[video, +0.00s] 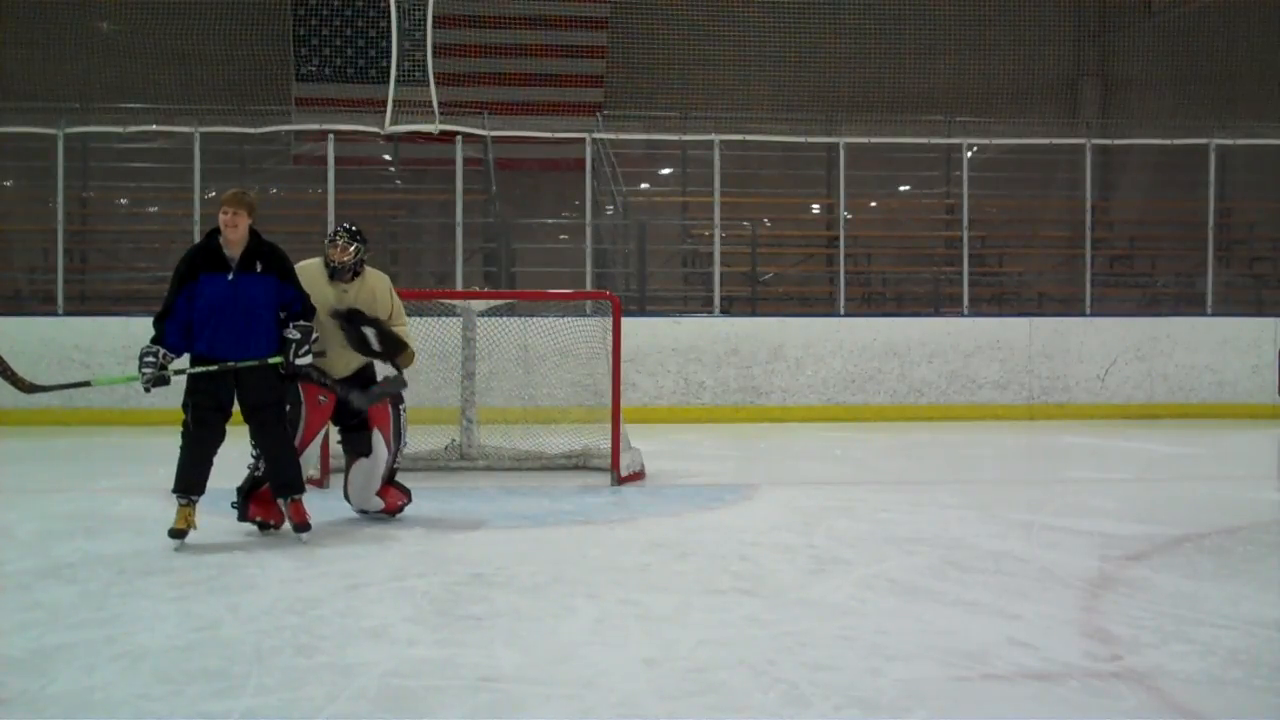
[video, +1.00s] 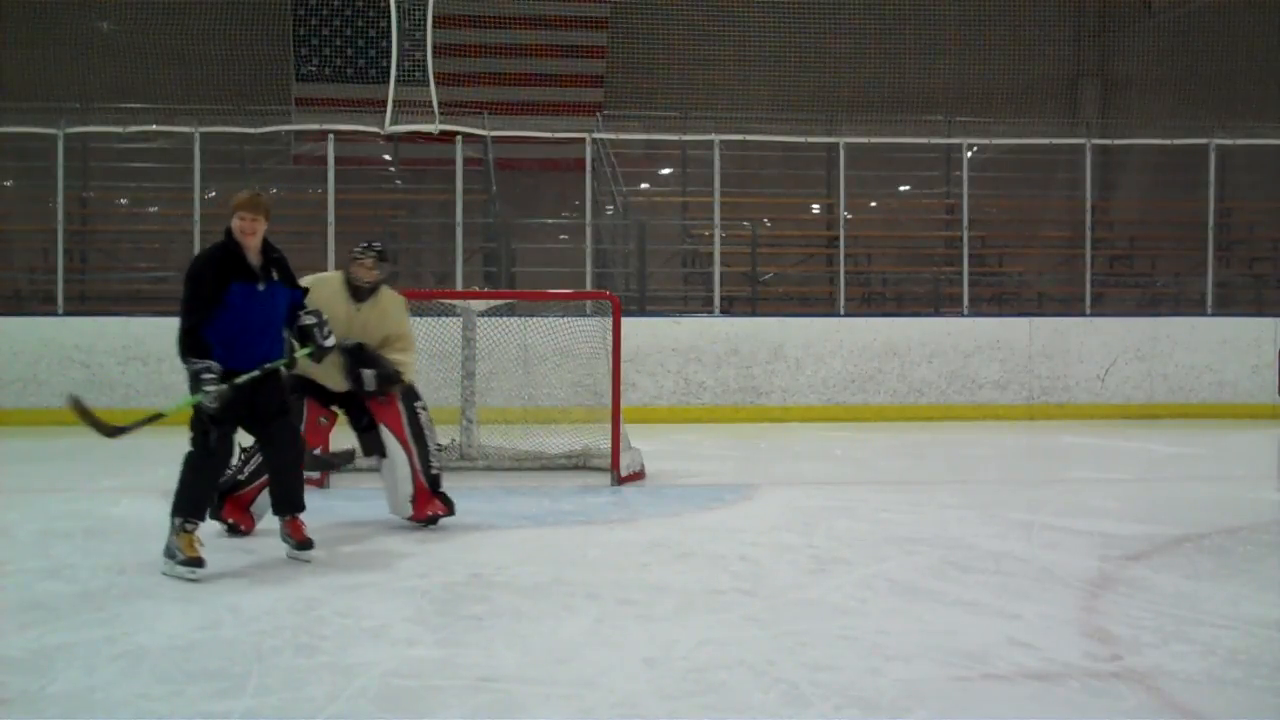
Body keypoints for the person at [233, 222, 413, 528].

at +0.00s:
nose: (338, 255)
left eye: (346, 249)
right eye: (334, 248)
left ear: (359, 253)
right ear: (326, 249)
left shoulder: (378, 285)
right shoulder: (302, 276)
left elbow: (402, 342)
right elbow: (279, 316)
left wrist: (380, 340)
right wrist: (292, 352)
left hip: (358, 373)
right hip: (310, 372)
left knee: (369, 440)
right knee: (293, 433)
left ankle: (368, 498)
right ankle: (260, 494)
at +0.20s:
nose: (324, 256)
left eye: (331, 251)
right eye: (320, 249)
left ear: (345, 255)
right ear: (312, 251)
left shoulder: (364, 286)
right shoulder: (293, 276)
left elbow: (378, 325)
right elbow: (273, 314)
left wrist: (360, 348)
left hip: (347, 375)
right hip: (301, 373)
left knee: (353, 439)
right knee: (282, 434)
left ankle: (361, 498)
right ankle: (257, 497)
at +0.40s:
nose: (306, 261)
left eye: (314, 256)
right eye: (302, 254)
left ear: (327, 260)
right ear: (295, 256)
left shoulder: (346, 290)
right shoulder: (278, 279)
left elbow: (355, 338)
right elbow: (260, 317)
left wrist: (321, 347)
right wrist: (278, 344)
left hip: (326, 375)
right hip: (281, 370)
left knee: (336, 434)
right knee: (273, 427)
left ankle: (346, 496)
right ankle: (249, 493)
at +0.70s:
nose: (308, 260)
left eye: (315, 254)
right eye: (302, 253)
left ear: (328, 258)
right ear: (294, 254)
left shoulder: (345, 288)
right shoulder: (272, 277)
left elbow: (347, 341)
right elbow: (254, 320)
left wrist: (312, 352)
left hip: (326, 371)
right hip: (278, 367)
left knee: (353, 416)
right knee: (271, 420)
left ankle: (352, 492)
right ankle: (244, 493)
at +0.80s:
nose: (320, 265)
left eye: (328, 260)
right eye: (314, 258)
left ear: (339, 264)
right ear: (305, 259)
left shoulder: (356, 295)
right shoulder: (281, 282)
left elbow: (358, 350)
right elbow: (257, 324)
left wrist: (323, 354)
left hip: (334, 383)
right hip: (283, 377)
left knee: (371, 393)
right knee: (284, 411)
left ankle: (383, 493)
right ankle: (242, 496)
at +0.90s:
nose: (339, 270)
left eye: (347, 265)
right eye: (333, 262)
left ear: (357, 270)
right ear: (323, 264)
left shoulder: (372, 301)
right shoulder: (296, 287)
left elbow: (380, 348)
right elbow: (264, 321)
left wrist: (361, 371)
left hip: (348, 389)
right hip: (297, 382)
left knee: (387, 397)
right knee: (288, 428)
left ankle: (404, 495)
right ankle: (235, 499)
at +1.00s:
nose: (364, 272)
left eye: (372, 267)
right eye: (359, 265)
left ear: (383, 273)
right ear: (348, 265)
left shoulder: (393, 306)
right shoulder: (316, 289)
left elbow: (404, 356)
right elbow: (275, 316)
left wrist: (385, 374)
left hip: (364, 388)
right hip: (313, 381)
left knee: (407, 405)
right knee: (293, 438)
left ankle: (424, 497)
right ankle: (236, 500)